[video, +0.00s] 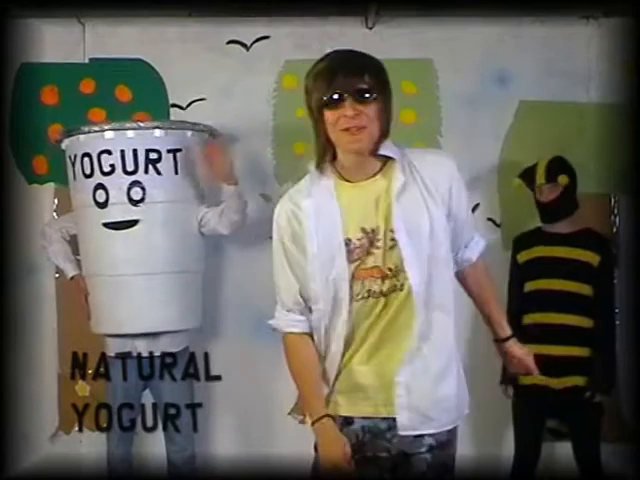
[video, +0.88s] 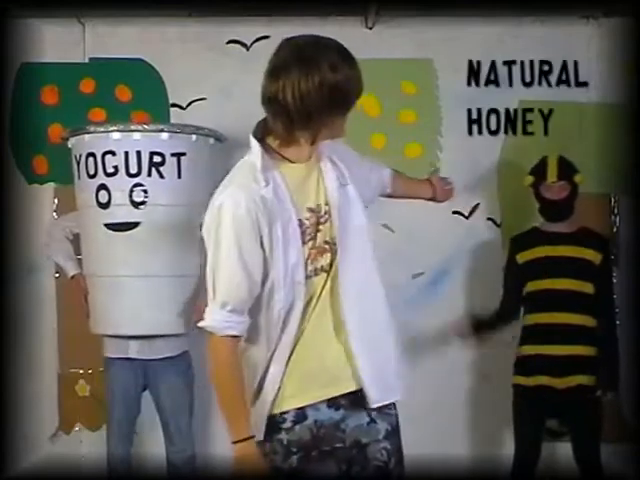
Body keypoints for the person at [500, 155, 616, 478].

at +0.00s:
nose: (541, 197)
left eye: (549, 188)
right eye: (537, 189)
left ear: (568, 189)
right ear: (532, 193)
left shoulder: (597, 245)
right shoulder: (523, 244)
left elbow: (605, 316)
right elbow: (514, 310)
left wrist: (603, 374)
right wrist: (509, 363)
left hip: (580, 378)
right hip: (530, 379)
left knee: (588, 463)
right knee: (524, 462)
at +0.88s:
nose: (556, 195)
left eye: (563, 187)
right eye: (548, 187)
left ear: (575, 189)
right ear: (535, 193)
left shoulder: (597, 245)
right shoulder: (521, 245)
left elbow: (607, 314)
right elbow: (509, 309)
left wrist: (609, 372)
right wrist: (479, 326)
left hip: (581, 371)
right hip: (532, 371)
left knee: (589, 461)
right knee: (525, 459)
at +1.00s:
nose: (555, 194)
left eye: (563, 186)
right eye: (547, 187)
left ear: (576, 190)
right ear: (537, 191)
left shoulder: (599, 245)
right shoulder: (525, 241)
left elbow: (609, 315)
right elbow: (496, 291)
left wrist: (613, 374)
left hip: (581, 370)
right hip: (533, 369)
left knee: (589, 460)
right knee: (526, 459)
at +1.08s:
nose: (558, 194)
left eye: (566, 185)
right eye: (550, 186)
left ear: (579, 189)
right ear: (539, 191)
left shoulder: (600, 246)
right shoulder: (526, 244)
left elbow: (611, 316)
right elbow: (484, 274)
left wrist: (614, 376)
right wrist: (518, 233)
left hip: (582, 372)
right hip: (533, 371)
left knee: (590, 460)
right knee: (526, 460)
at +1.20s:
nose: (565, 194)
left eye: (572, 186)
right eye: (557, 187)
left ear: (585, 190)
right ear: (546, 192)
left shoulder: (603, 246)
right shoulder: (529, 241)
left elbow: (614, 315)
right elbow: (488, 267)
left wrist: (617, 374)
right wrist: (493, 218)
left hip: (583, 369)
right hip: (535, 366)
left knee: (590, 459)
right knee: (526, 458)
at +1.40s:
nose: (571, 195)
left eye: (578, 187)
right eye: (563, 187)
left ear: (591, 191)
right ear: (551, 192)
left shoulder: (607, 248)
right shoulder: (531, 242)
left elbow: (617, 318)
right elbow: (491, 271)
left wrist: (620, 377)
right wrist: (518, 225)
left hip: (586, 371)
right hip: (536, 369)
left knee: (591, 461)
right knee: (527, 459)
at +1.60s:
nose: (575, 196)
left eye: (583, 188)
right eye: (568, 187)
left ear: (595, 193)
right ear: (555, 191)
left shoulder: (608, 249)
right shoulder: (532, 244)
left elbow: (618, 318)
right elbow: (489, 266)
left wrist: (622, 377)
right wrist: (528, 226)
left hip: (587, 371)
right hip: (537, 369)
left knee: (592, 460)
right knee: (528, 458)